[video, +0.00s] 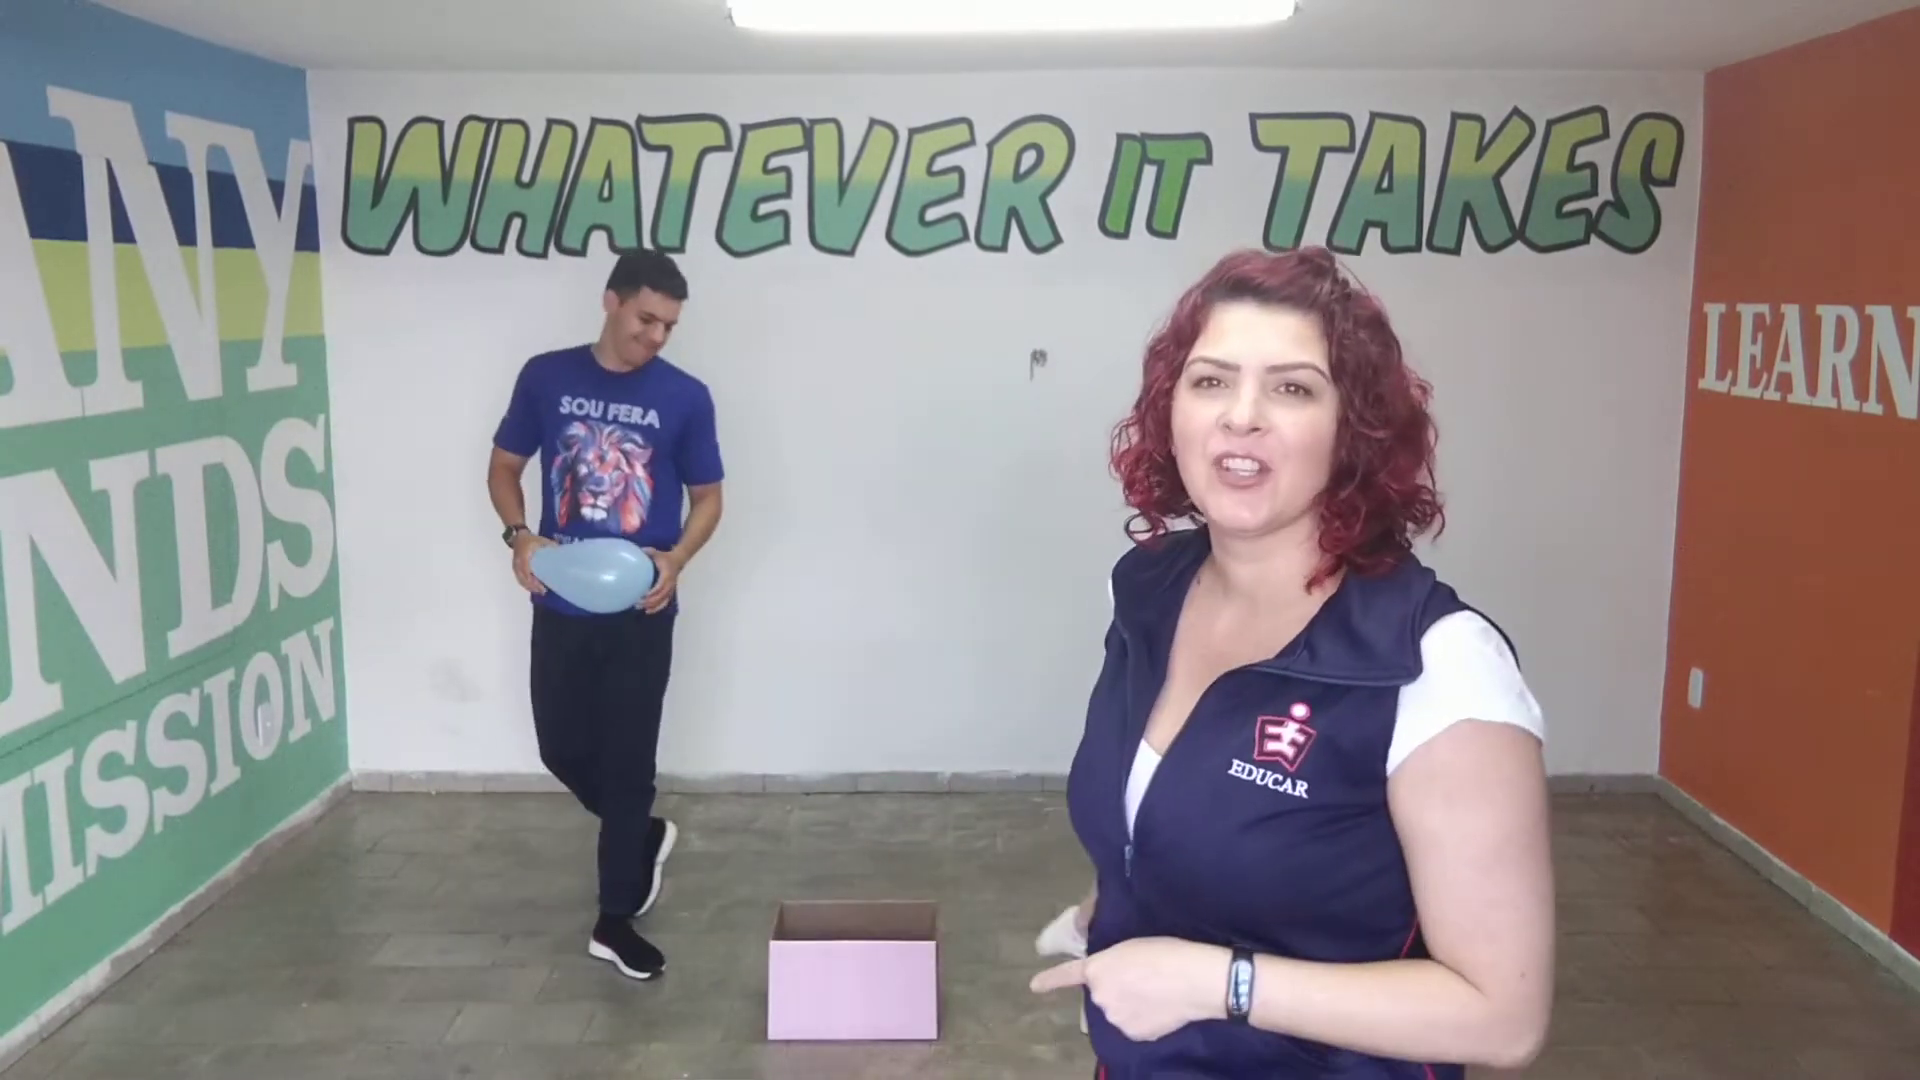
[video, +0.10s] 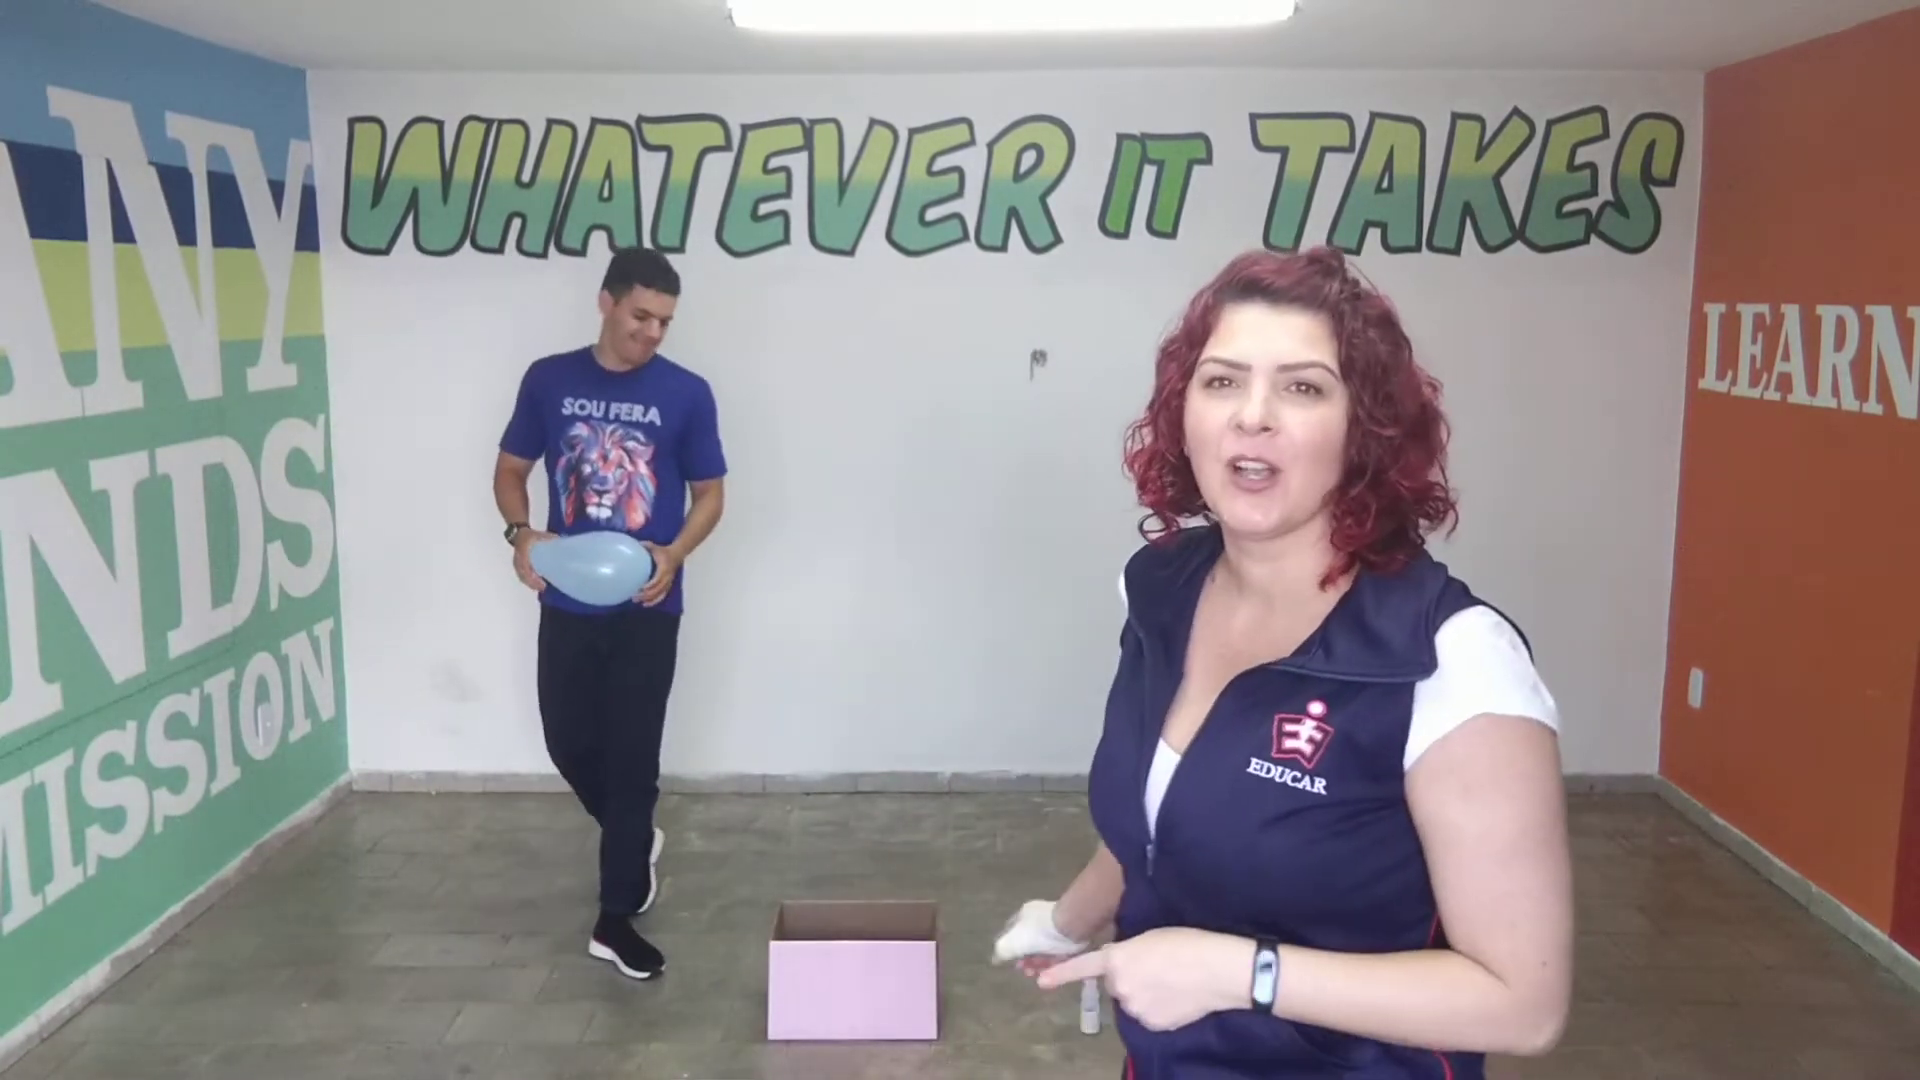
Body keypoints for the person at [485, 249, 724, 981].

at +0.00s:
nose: (654, 335)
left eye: (666, 324)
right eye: (646, 318)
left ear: (673, 323)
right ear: (610, 303)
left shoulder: (685, 399)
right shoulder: (547, 377)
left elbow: (709, 500)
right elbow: (503, 469)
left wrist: (676, 559)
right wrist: (520, 532)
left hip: (641, 605)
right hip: (560, 600)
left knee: (627, 763)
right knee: (562, 749)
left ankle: (615, 920)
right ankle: (643, 830)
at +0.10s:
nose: (651, 331)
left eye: (663, 319)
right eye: (641, 314)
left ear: (672, 320)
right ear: (606, 304)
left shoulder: (686, 395)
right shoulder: (550, 380)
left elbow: (710, 498)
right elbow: (510, 471)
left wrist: (676, 553)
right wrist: (522, 531)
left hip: (645, 603)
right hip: (566, 598)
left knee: (631, 759)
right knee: (569, 745)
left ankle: (615, 919)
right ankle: (637, 832)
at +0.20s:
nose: (644, 332)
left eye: (655, 320)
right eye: (632, 316)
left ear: (666, 321)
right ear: (599, 308)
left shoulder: (687, 392)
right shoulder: (552, 385)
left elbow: (718, 491)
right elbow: (517, 476)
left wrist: (680, 545)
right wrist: (526, 531)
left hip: (651, 602)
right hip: (574, 599)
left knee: (634, 755)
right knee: (577, 744)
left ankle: (616, 918)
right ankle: (629, 843)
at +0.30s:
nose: (636, 336)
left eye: (647, 324)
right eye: (624, 322)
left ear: (657, 320)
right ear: (593, 314)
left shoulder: (686, 389)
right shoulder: (553, 390)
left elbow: (725, 485)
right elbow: (525, 482)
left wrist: (685, 542)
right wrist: (532, 535)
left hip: (655, 598)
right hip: (581, 596)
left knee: (637, 753)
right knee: (593, 739)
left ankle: (617, 918)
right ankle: (639, 847)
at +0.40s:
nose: (634, 340)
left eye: (643, 327)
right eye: (620, 328)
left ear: (652, 318)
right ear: (587, 320)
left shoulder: (685, 386)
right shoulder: (554, 394)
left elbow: (727, 479)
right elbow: (531, 486)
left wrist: (691, 540)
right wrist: (543, 540)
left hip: (662, 595)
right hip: (589, 595)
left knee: (645, 747)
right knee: (609, 739)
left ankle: (625, 914)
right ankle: (644, 861)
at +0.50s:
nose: (630, 342)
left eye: (639, 329)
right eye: (616, 331)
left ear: (649, 319)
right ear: (585, 322)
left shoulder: (684, 384)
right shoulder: (554, 394)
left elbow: (726, 475)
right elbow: (536, 484)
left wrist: (693, 540)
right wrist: (551, 541)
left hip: (668, 588)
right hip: (596, 591)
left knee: (660, 734)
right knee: (619, 732)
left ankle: (650, 895)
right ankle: (648, 861)